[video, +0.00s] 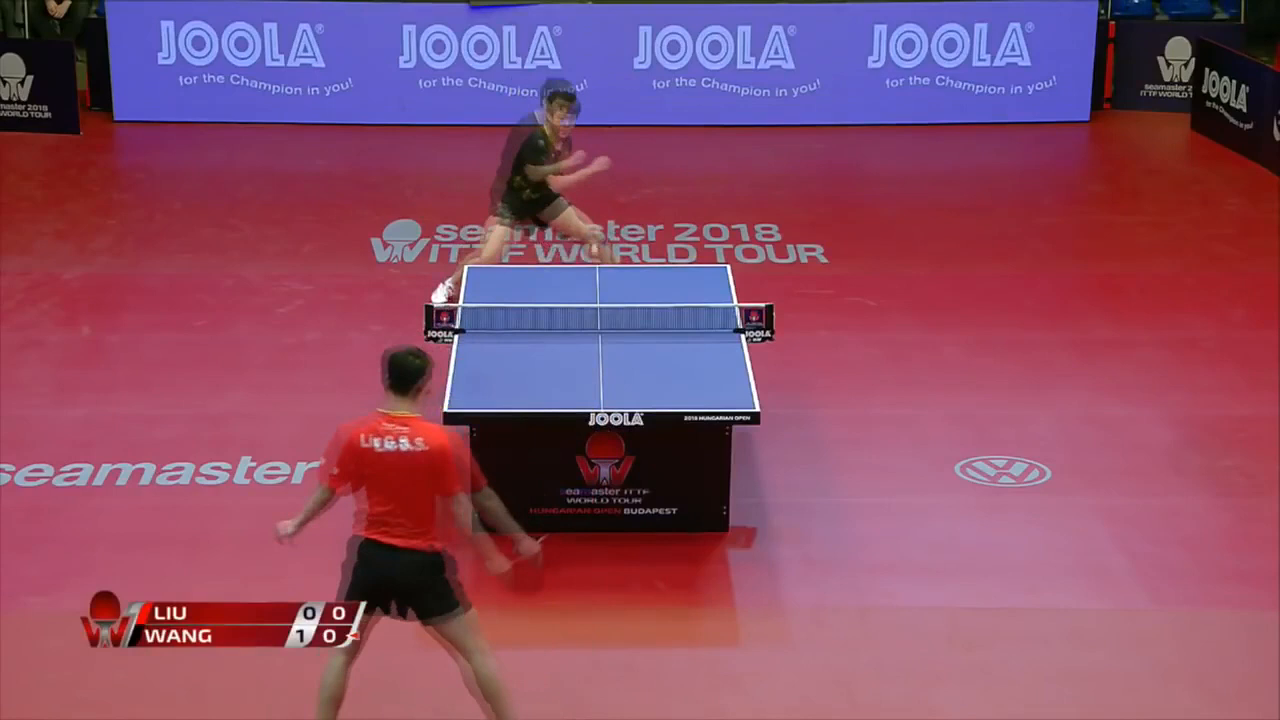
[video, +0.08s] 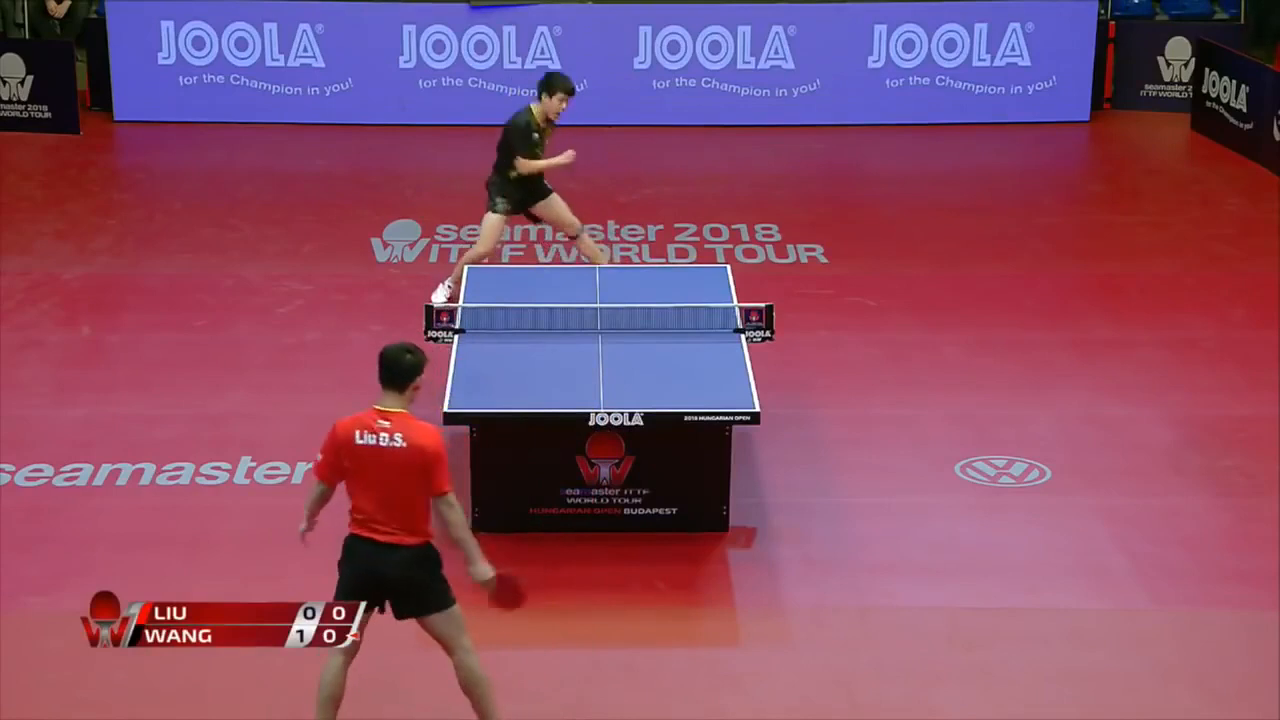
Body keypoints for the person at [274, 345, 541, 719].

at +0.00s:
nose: (430, 387)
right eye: (429, 381)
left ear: (386, 381)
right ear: (424, 386)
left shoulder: (354, 434)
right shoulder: (441, 441)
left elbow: (327, 493)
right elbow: (463, 512)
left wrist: (295, 525)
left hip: (371, 560)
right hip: (424, 565)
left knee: (343, 652)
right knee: (476, 653)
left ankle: (323, 717)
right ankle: (506, 715)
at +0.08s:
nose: (422, 385)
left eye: (422, 379)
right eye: (422, 379)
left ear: (380, 378)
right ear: (415, 384)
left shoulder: (346, 429)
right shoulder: (427, 438)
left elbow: (323, 487)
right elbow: (446, 504)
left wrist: (309, 516)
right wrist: (477, 560)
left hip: (360, 558)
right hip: (413, 563)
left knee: (341, 651)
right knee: (460, 649)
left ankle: (323, 718)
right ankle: (491, 715)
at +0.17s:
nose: (419, 384)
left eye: (420, 377)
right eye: (420, 378)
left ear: (378, 375)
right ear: (413, 383)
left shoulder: (343, 425)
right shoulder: (420, 436)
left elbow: (325, 485)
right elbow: (431, 504)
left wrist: (324, 507)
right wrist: (454, 564)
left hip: (356, 555)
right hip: (408, 559)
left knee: (340, 650)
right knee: (454, 646)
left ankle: (322, 718)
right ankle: (476, 715)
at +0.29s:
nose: (424, 385)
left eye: (424, 378)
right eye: (424, 378)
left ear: (382, 375)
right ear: (414, 384)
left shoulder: (345, 420)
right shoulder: (415, 438)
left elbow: (334, 485)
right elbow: (422, 508)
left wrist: (372, 499)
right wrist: (443, 569)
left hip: (355, 555)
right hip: (404, 559)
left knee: (342, 649)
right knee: (448, 643)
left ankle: (321, 718)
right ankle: (455, 716)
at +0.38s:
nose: (431, 388)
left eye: (431, 380)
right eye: (431, 381)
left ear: (390, 377)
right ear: (421, 386)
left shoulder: (351, 422)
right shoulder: (421, 440)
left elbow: (340, 484)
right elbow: (429, 510)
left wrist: (385, 489)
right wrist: (454, 570)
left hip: (362, 558)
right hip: (410, 562)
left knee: (345, 649)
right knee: (448, 646)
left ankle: (322, 718)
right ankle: (449, 717)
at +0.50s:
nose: (446, 394)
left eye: (446, 387)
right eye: (446, 387)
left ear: (406, 381)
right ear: (437, 389)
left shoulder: (366, 426)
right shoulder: (437, 445)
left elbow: (353, 489)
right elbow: (453, 513)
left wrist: (396, 499)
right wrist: (486, 571)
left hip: (377, 562)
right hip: (429, 566)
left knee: (355, 648)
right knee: (457, 652)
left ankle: (328, 717)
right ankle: (451, 718)